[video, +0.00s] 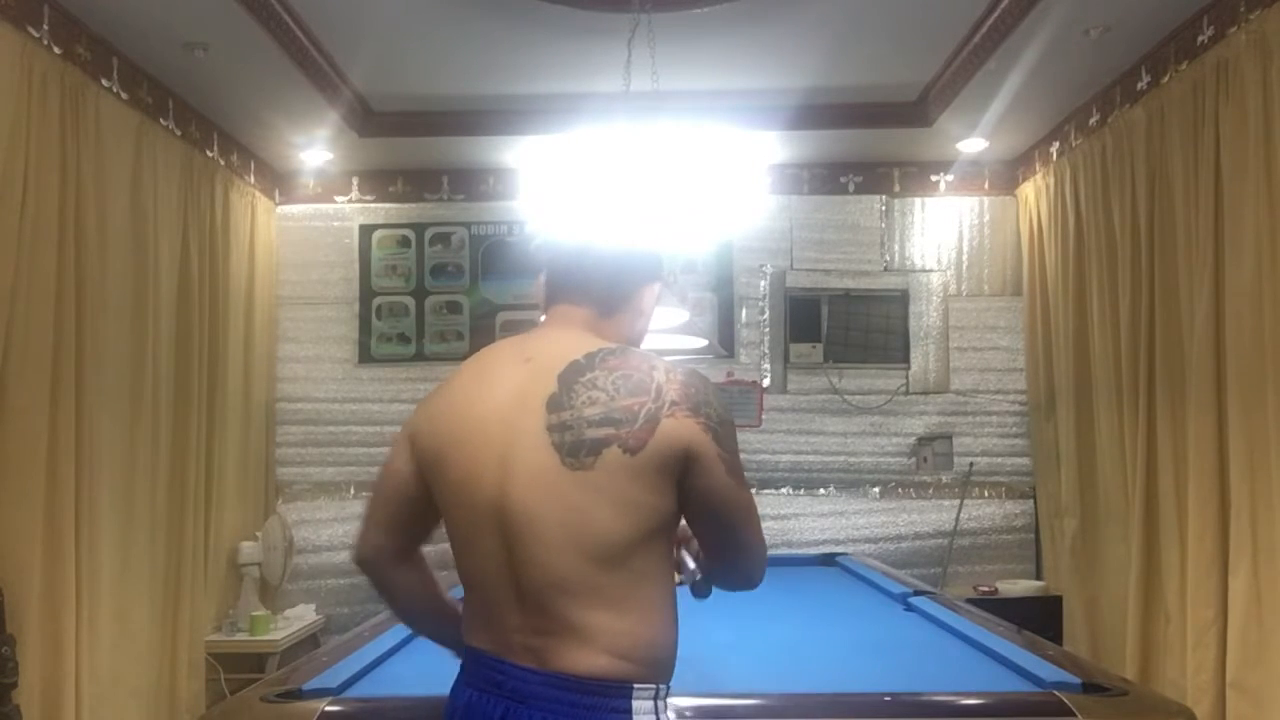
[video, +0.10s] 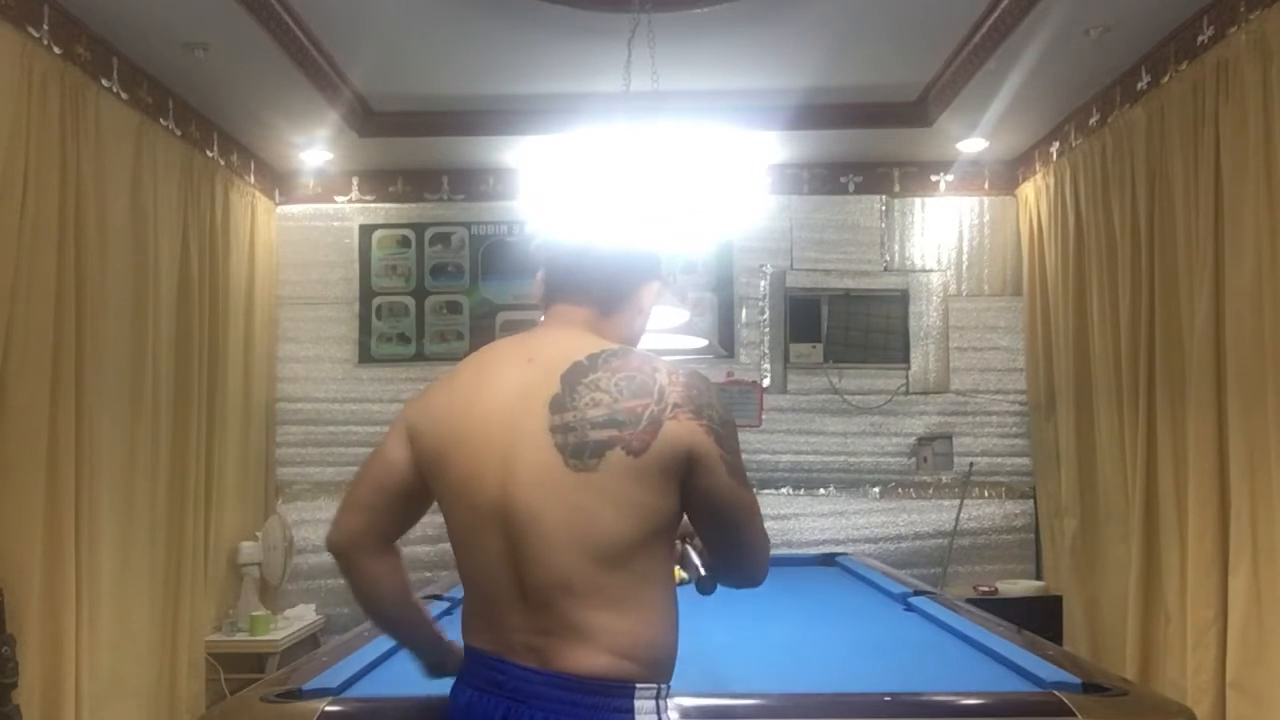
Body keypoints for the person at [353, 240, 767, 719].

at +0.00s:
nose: (655, 309)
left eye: (658, 293)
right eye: (656, 292)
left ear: (546, 287)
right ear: (642, 293)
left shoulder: (456, 391)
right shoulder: (674, 396)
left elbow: (381, 549)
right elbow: (743, 569)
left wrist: (462, 637)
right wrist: (690, 545)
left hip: (480, 697)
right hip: (611, 703)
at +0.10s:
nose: (655, 305)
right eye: (655, 291)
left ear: (542, 283)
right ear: (643, 293)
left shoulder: (451, 392)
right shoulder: (676, 398)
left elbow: (356, 539)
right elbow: (748, 566)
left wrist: (435, 652)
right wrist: (693, 536)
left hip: (481, 695)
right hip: (614, 700)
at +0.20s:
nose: (653, 300)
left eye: (653, 284)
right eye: (653, 284)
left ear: (538, 281)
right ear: (641, 289)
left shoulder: (446, 394)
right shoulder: (678, 399)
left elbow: (348, 545)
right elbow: (751, 577)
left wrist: (418, 677)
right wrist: (690, 545)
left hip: (481, 696)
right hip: (614, 701)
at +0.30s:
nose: (651, 296)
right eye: (650, 283)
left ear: (532, 283)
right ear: (641, 286)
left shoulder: (445, 396)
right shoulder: (680, 400)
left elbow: (354, 560)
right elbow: (753, 586)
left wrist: (414, 689)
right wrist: (694, 574)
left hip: (481, 697)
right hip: (618, 702)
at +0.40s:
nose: (642, 292)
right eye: (642, 280)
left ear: (526, 285)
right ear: (632, 284)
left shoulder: (442, 398)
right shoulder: (677, 396)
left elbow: (353, 563)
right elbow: (763, 577)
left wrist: (419, 684)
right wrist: (716, 617)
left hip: (485, 694)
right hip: (621, 699)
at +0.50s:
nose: (644, 293)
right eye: (643, 280)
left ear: (525, 286)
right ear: (630, 283)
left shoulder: (444, 399)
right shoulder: (675, 392)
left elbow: (357, 562)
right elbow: (762, 568)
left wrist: (426, 678)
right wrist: (722, 646)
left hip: (487, 699)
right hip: (622, 702)